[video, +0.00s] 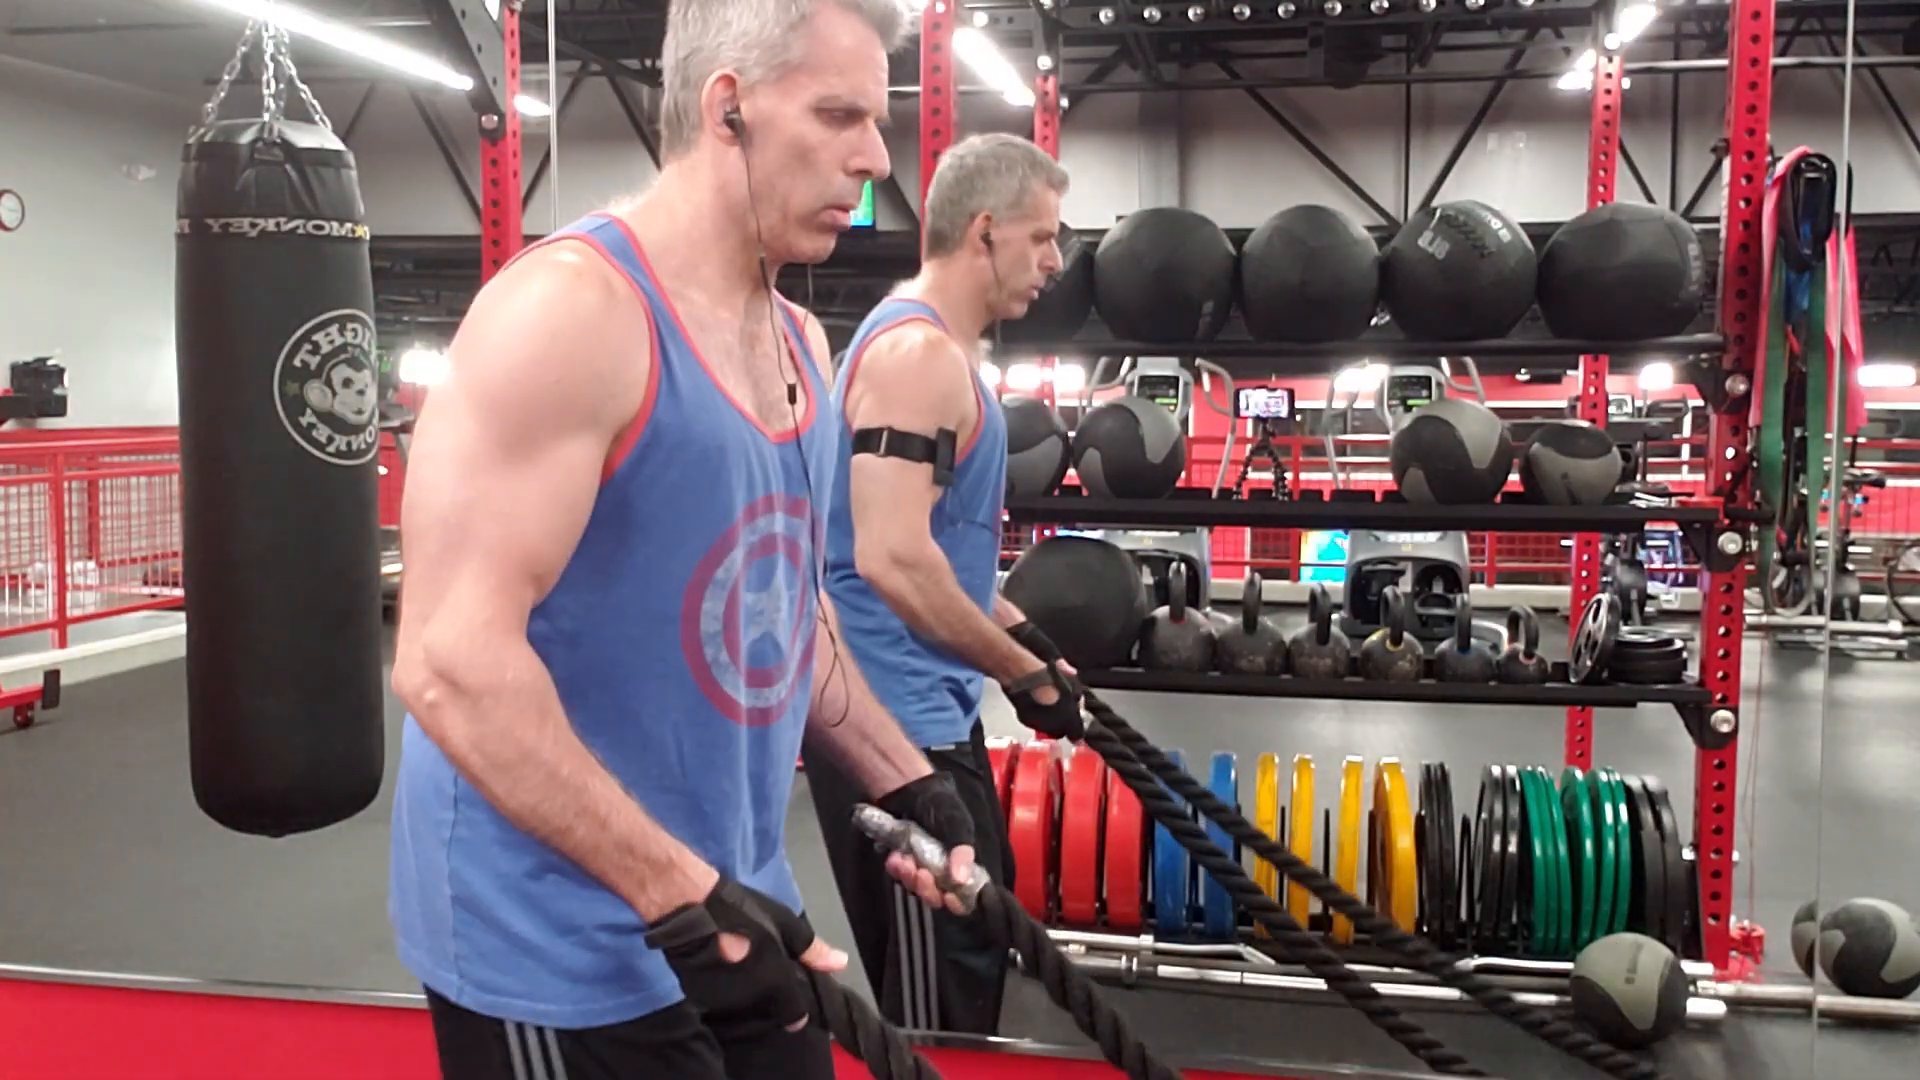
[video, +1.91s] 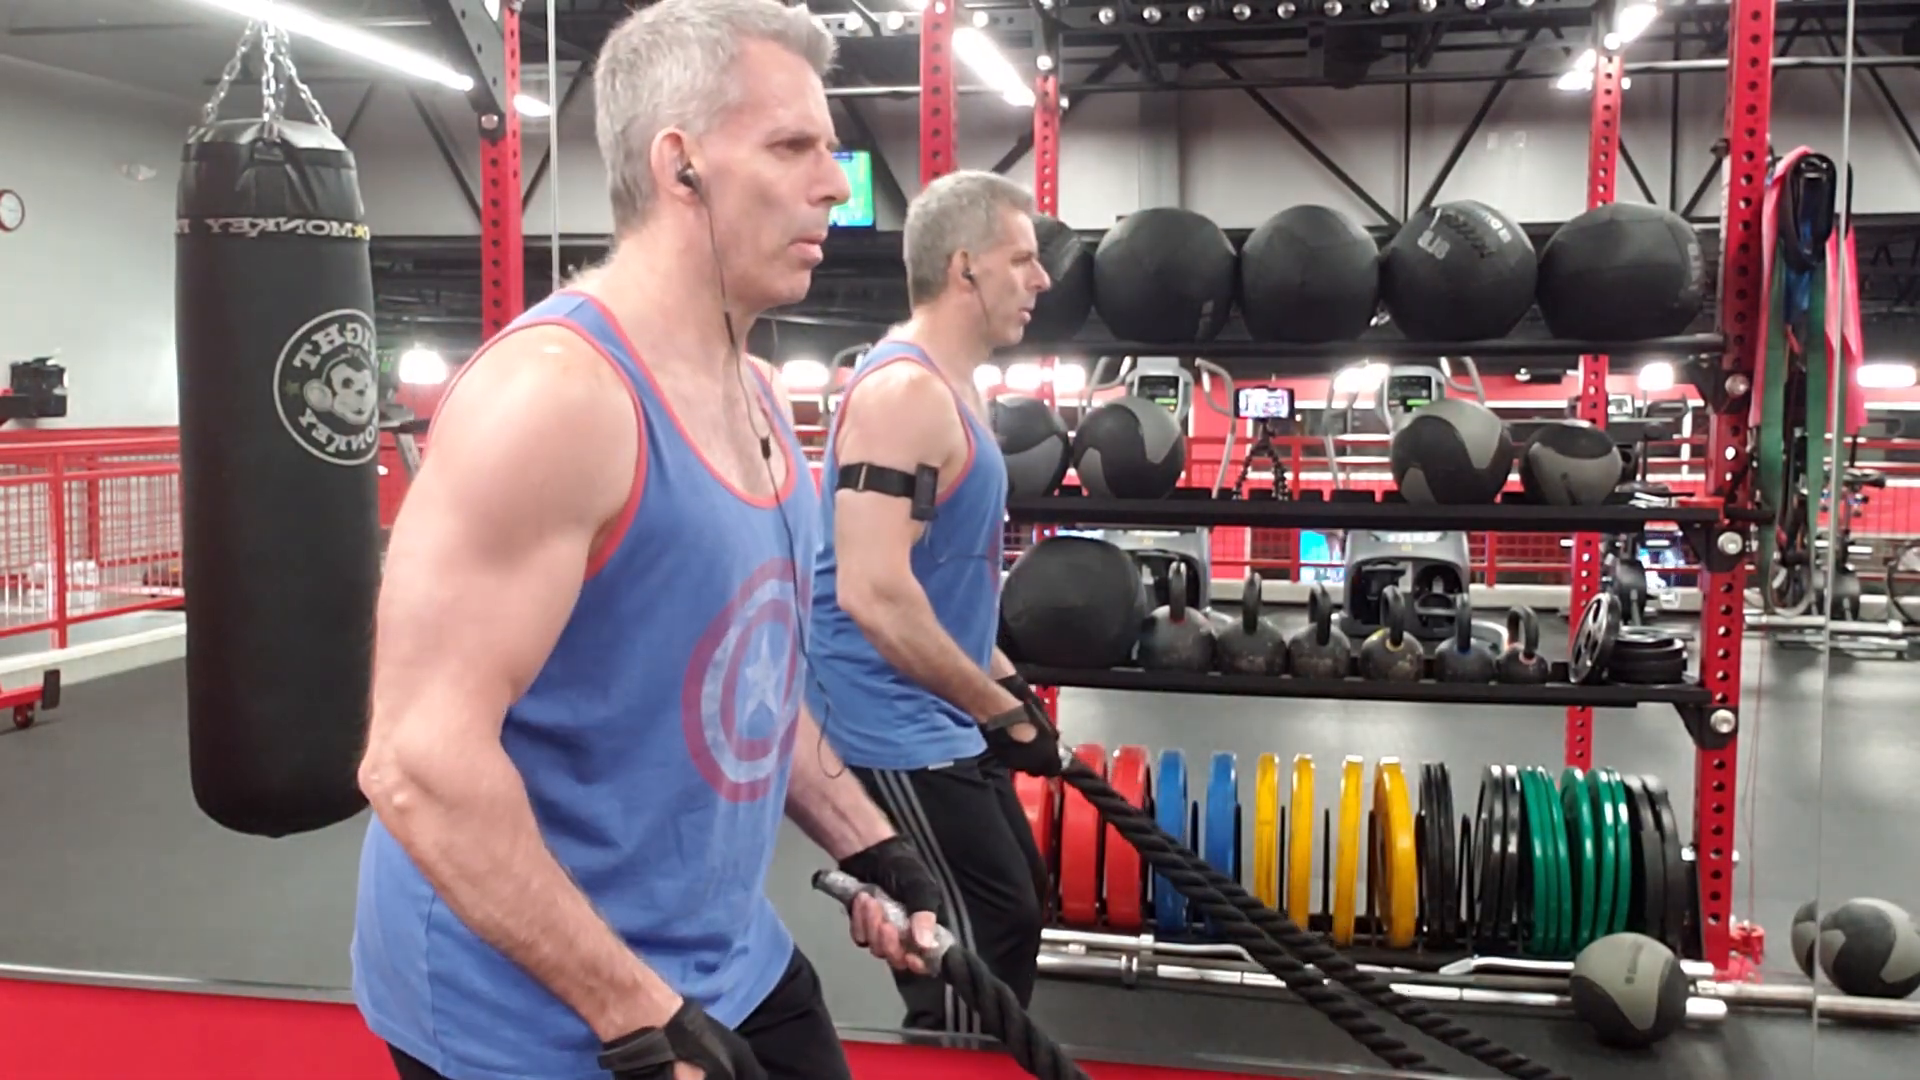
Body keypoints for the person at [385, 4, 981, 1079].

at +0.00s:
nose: (875, 160)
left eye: (877, 124)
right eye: (843, 116)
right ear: (728, 108)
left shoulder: (797, 341)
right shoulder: (560, 310)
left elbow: (784, 603)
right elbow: (451, 657)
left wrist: (909, 790)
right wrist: (679, 893)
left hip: (743, 924)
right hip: (560, 960)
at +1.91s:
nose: (835, 188)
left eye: (829, 150)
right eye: (794, 146)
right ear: (677, 162)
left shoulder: (751, 391)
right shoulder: (547, 394)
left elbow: (744, 679)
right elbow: (419, 761)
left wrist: (875, 859)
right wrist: (641, 1019)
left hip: (731, 958)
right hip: (533, 1014)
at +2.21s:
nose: (839, 189)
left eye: (835, 153)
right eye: (797, 149)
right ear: (682, 165)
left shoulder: (751, 393)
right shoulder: (553, 383)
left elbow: (739, 686)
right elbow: (432, 754)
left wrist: (870, 865)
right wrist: (674, 1017)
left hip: (733, 959)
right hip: (533, 1017)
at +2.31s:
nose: (819, 189)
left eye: (817, 155)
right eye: (781, 149)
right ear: (666, 158)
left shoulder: (746, 388)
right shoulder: (533, 367)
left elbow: (730, 696)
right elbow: (533, 723)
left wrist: (827, 891)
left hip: (722, 947)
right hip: (541, 986)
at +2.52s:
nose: (815, 206)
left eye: (812, 168)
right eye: (775, 164)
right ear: (658, 175)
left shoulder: (741, 388)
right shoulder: (516, 383)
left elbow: (752, 673)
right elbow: (581, 740)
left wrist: (857, 855)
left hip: (697, 924)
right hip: (516, 967)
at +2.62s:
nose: (818, 209)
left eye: (814, 172)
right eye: (779, 169)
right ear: (663, 176)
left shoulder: (729, 374)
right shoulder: (529, 396)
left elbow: (784, 611)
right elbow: (506, 788)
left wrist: (969, 687)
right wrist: (733, 1026)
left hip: (695, 913)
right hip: (514, 979)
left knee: (793, 1049)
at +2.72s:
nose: (817, 216)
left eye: (812, 180)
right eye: (779, 178)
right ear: (658, 185)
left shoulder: (742, 386)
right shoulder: (523, 389)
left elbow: (811, 624)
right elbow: (524, 762)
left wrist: (1017, 625)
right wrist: (784, 913)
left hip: (705, 961)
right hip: (519, 1004)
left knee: (815, 1065)